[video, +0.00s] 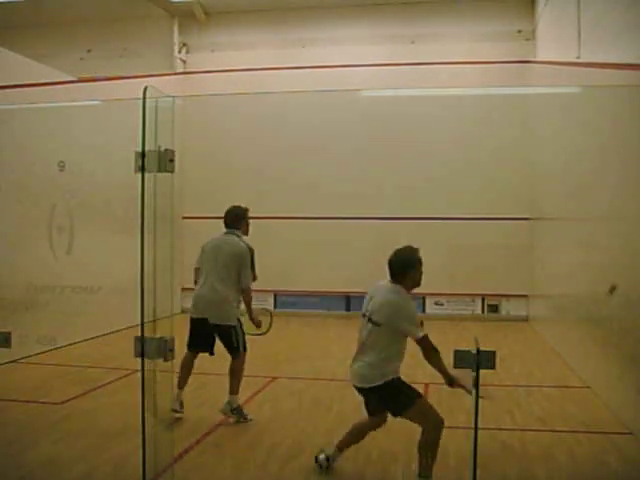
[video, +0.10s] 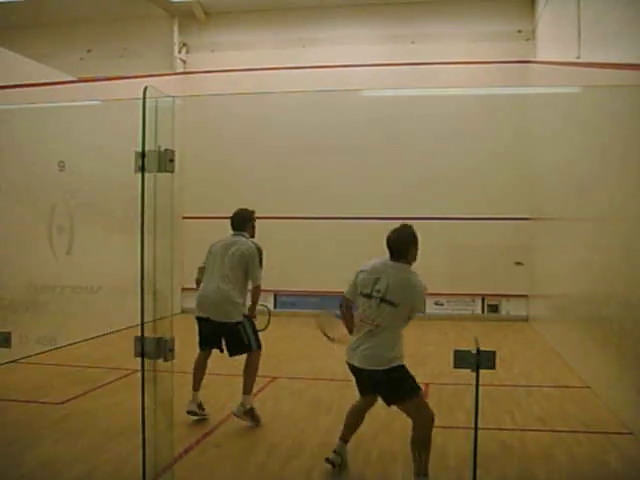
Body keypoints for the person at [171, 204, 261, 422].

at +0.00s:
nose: (249, 225)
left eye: (248, 220)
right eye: (247, 221)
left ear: (226, 223)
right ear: (241, 224)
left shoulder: (209, 244)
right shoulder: (243, 249)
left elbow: (198, 276)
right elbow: (246, 288)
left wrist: (209, 298)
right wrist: (252, 315)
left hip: (199, 309)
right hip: (225, 312)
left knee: (191, 352)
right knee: (238, 354)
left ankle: (178, 396)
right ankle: (232, 401)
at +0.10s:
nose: (255, 227)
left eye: (254, 223)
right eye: (254, 223)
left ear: (233, 226)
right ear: (249, 226)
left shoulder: (216, 246)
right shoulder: (252, 248)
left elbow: (200, 274)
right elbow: (256, 286)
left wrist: (203, 297)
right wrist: (252, 310)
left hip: (204, 305)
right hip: (231, 307)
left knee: (204, 351)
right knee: (254, 350)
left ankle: (194, 400)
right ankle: (245, 403)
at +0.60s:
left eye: (190, 249)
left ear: (190, 251)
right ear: (207, 248)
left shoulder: (188, 273)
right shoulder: (223, 266)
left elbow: (184, 307)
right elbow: (246, 291)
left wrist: (180, 333)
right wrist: (249, 315)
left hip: (207, 325)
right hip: (231, 322)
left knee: (208, 366)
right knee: (236, 360)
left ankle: (221, 406)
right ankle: (246, 387)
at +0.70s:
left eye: (180, 241)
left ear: (179, 242)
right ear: (196, 237)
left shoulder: (181, 262)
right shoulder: (211, 253)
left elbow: (175, 295)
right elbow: (238, 274)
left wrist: (166, 321)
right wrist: (249, 293)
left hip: (199, 314)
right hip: (218, 310)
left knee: (205, 355)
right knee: (216, 347)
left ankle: (216, 390)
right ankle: (220, 386)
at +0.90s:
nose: (161, 240)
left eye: (160, 237)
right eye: (162, 236)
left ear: (161, 237)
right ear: (175, 232)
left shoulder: (167, 255)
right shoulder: (190, 247)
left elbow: (158, 288)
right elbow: (214, 259)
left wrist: (136, 306)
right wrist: (223, 273)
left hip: (183, 305)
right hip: (201, 303)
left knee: (175, 344)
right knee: (195, 342)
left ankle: (188, 378)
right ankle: (200, 381)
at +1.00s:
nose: (148, 244)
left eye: (148, 240)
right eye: (148, 240)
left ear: (150, 240)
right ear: (164, 235)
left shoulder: (159, 254)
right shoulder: (179, 246)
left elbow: (152, 286)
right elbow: (200, 260)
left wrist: (127, 300)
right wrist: (203, 271)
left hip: (180, 302)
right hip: (197, 299)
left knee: (160, 333)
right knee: (184, 336)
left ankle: (165, 372)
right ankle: (196, 366)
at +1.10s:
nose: (138, 252)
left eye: (137, 248)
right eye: (137, 248)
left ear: (141, 247)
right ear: (151, 242)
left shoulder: (150, 259)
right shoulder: (168, 252)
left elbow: (147, 290)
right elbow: (189, 265)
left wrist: (119, 300)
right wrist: (194, 274)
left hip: (169, 306)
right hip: (185, 302)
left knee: (152, 333)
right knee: (174, 334)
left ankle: (159, 370)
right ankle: (185, 359)